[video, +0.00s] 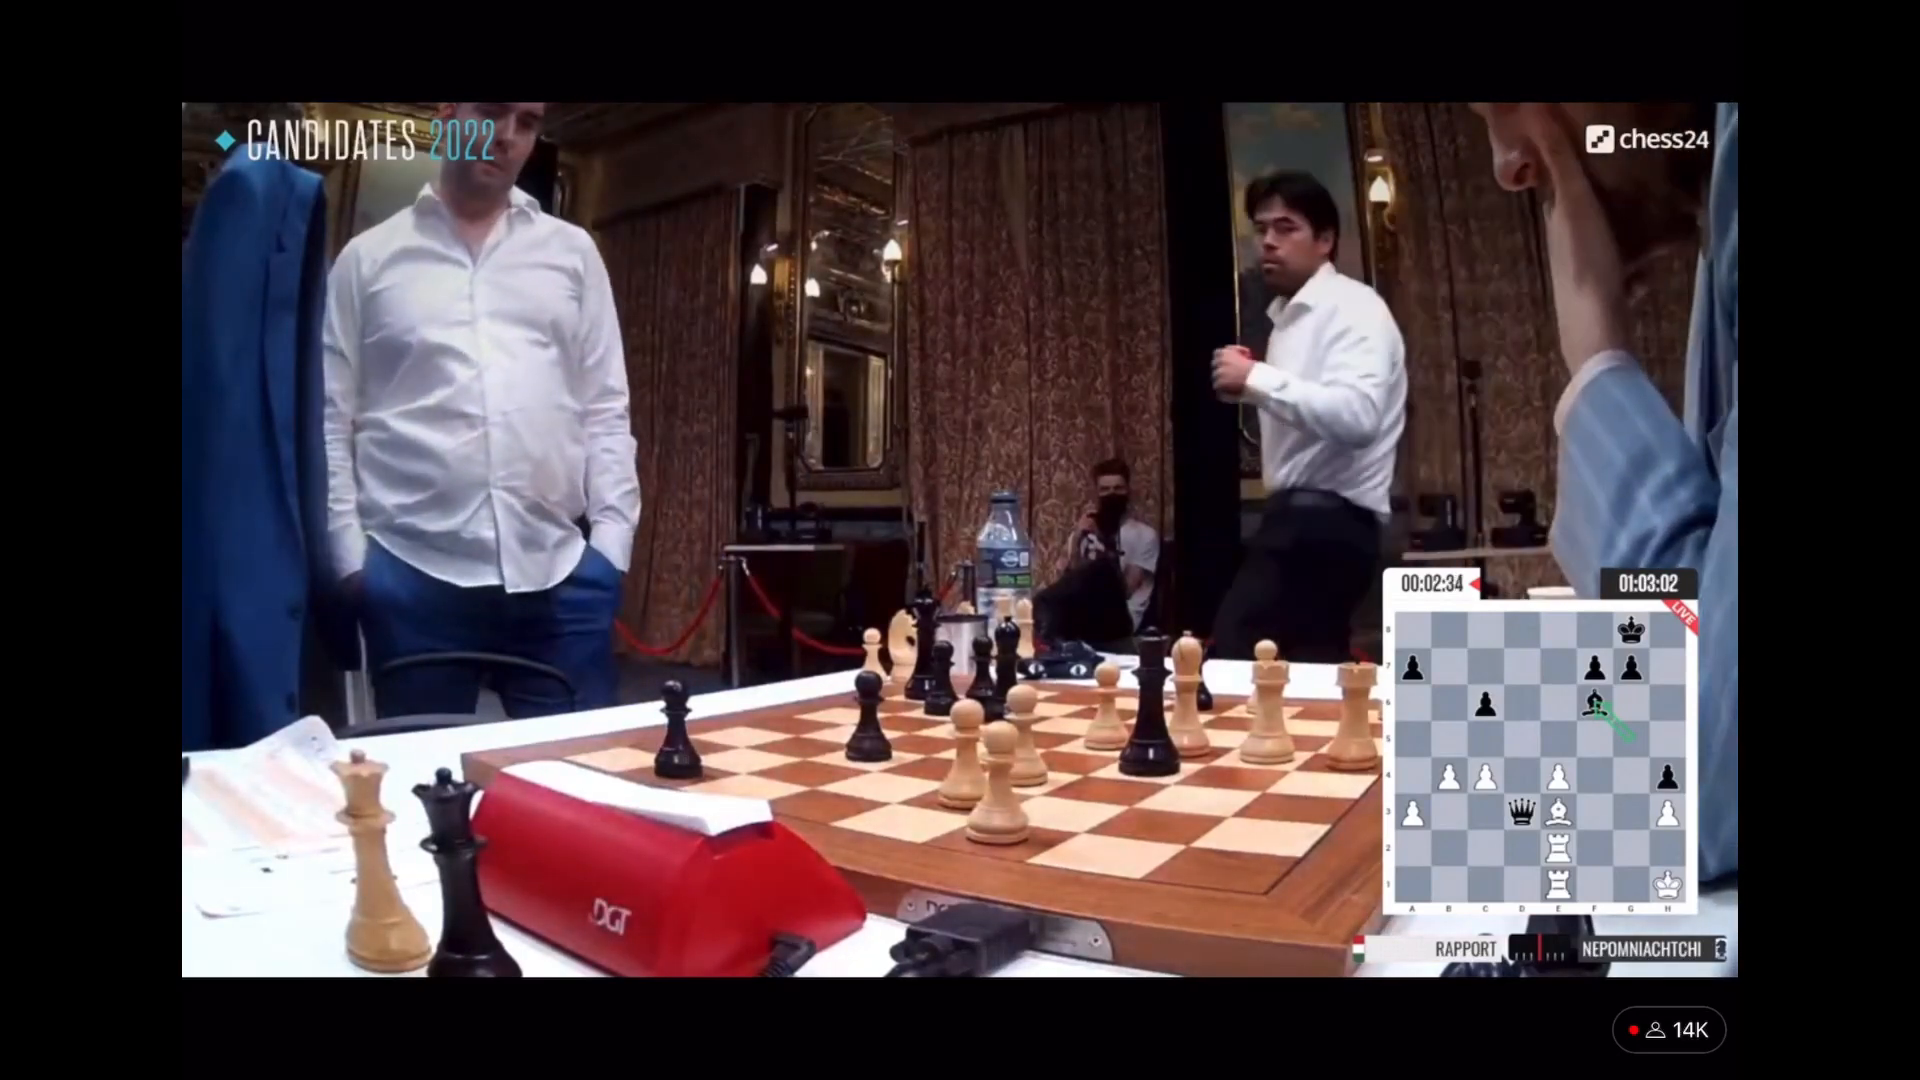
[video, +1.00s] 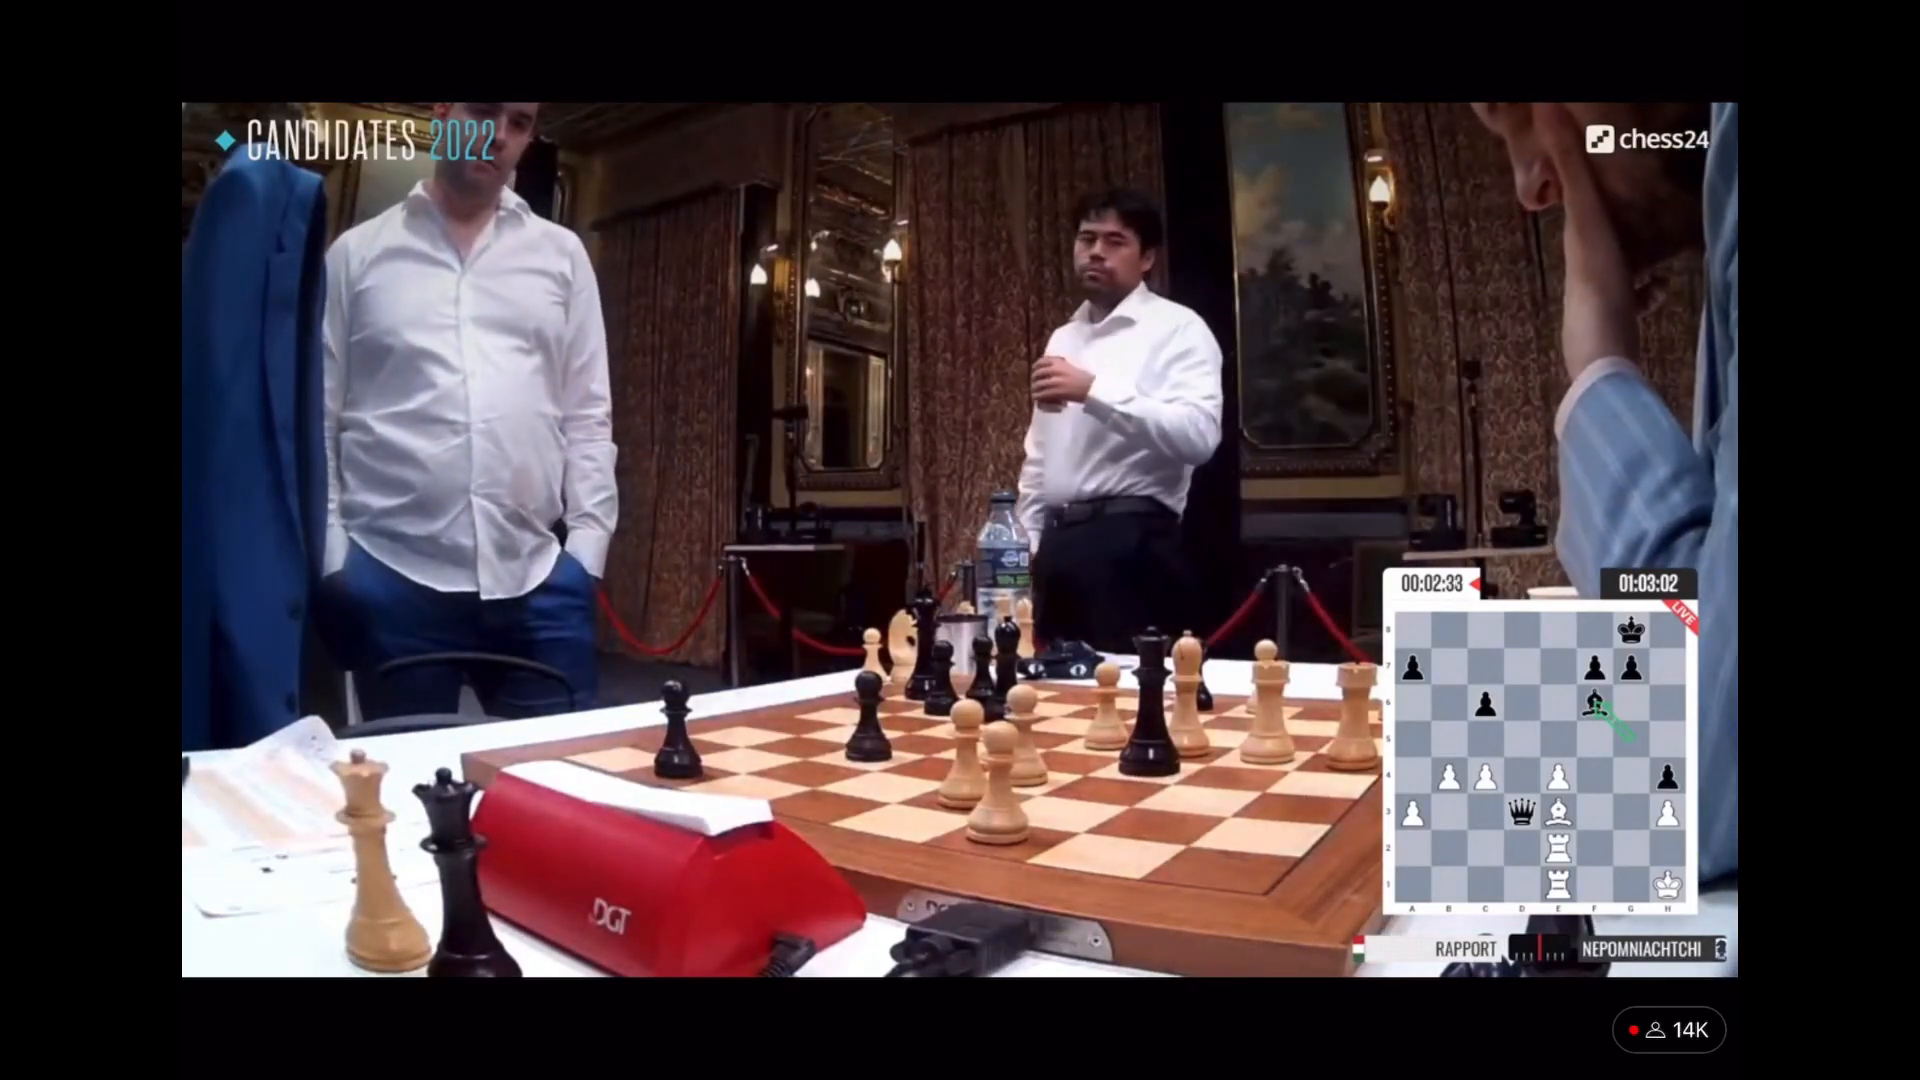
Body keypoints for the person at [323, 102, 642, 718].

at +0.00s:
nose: (505, 136)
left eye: (525, 122)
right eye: (490, 113)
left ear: (538, 138)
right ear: (448, 115)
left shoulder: (572, 252)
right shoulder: (366, 260)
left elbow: (606, 411)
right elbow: (330, 421)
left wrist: (608, 548)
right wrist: (351, 563)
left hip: (559, 581)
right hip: (413, 585)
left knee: (584, 788)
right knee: (425, 790)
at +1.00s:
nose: (495, 137)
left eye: (517, 124)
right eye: (481, 113)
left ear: (531, 140)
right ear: (440, 115)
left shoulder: (561, 254)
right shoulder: (356, 255)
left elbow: (588, 416)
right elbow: (321, 416)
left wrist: (584, 553)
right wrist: (335, 561)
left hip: (539, 583)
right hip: (394, 585)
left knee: (565, 791)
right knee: (408, 794)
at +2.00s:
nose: (492, 140)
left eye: (512, 126)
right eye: (478, 115)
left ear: (526, 142)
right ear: (435, 115)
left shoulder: (551, 255)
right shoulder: (354, 256)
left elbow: (580, 412)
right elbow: (319, 421)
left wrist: (582, 547)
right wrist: (346, 566)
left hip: (543, 580)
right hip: (403, 584)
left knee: (569, 787)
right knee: (418, 791)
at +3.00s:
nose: (497, 142)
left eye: (518, 128)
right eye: (482, 119)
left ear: (533, 142)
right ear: (442, 119)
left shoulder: (566, 257)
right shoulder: (364, 260)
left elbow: (594, 416)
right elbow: (327, 420)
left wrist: (591, 550)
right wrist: (345, 563)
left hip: (550, 583)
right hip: (405, 585)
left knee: (571, 790)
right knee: (417, 792)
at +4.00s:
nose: (489, 144)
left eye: (511, 130)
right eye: (475, 120)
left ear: (528, 144)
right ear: (439, 120)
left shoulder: (563, 259)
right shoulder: (360, 263)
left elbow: (592, 416)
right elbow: (325, 420)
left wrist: (590, 550)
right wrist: (343, 562)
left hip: (549, 584)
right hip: (403, 586)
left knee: (575, 787)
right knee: (417, 792)